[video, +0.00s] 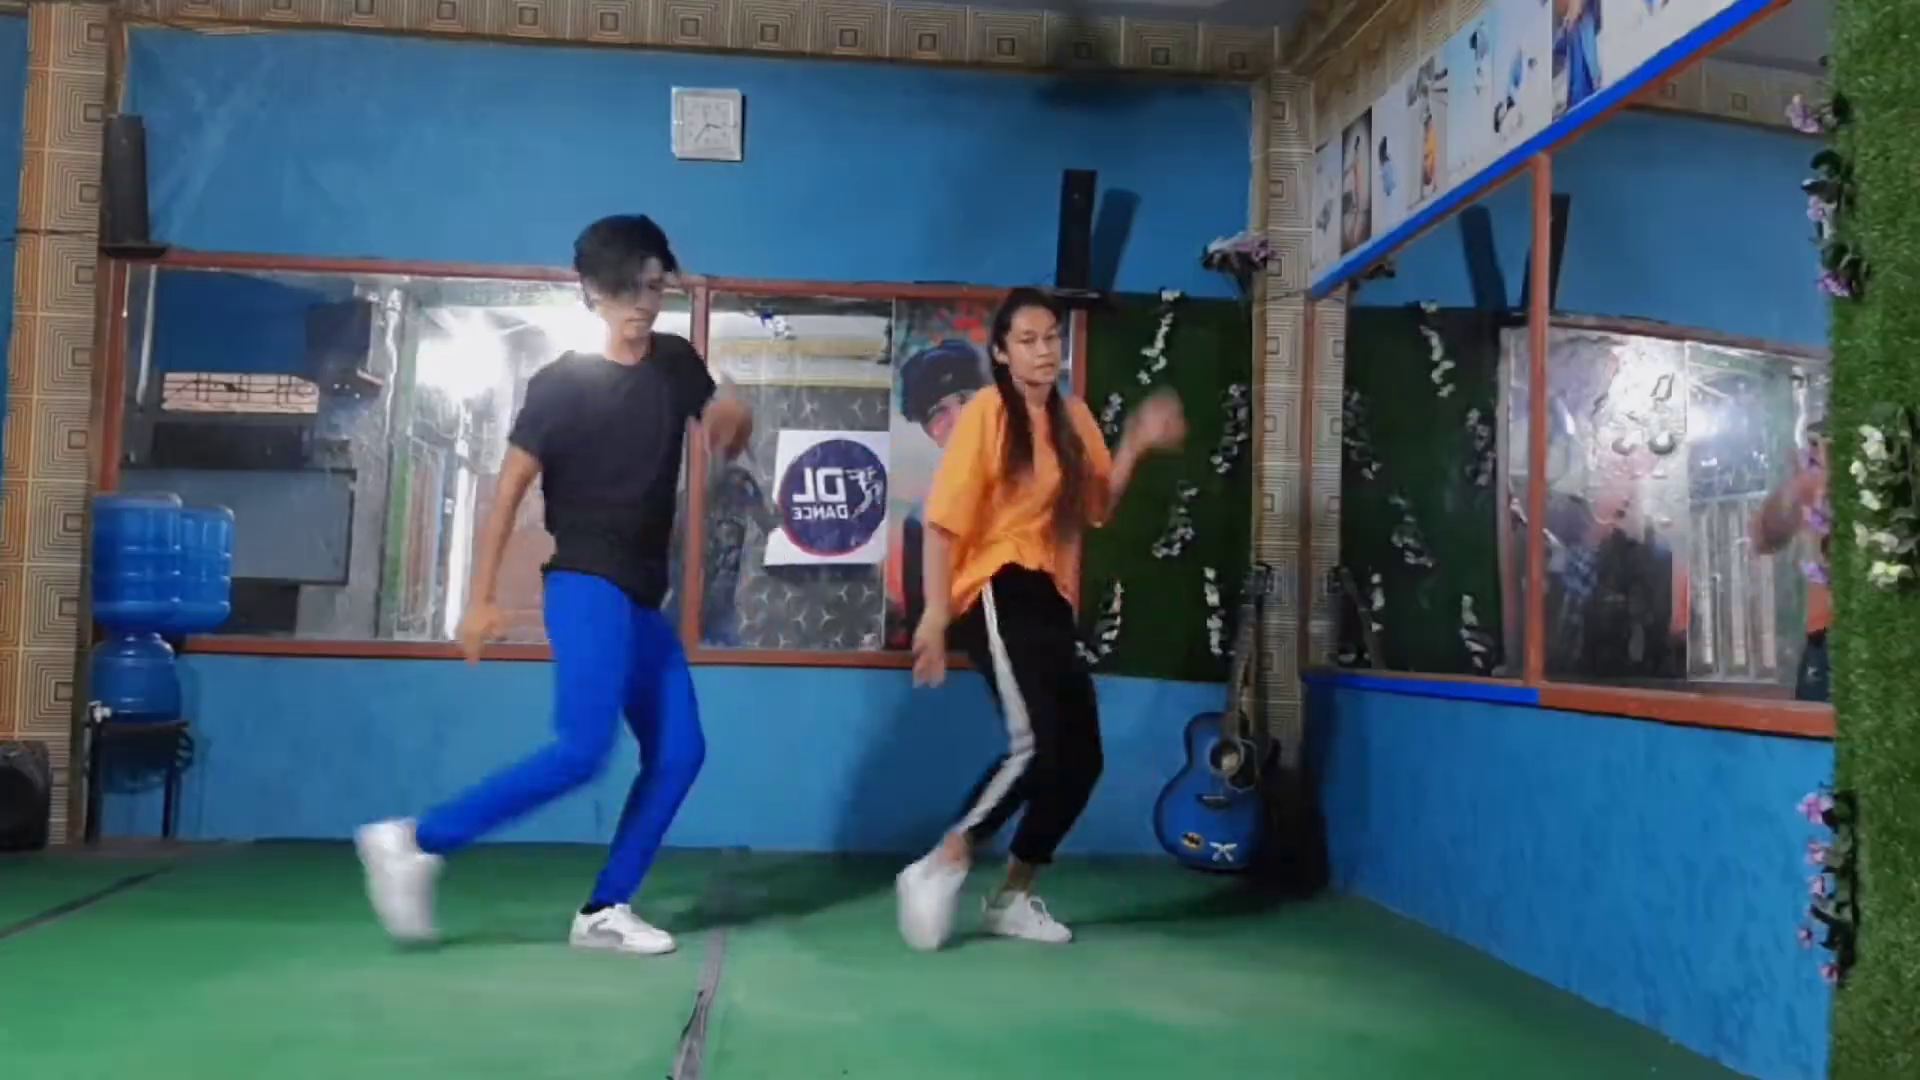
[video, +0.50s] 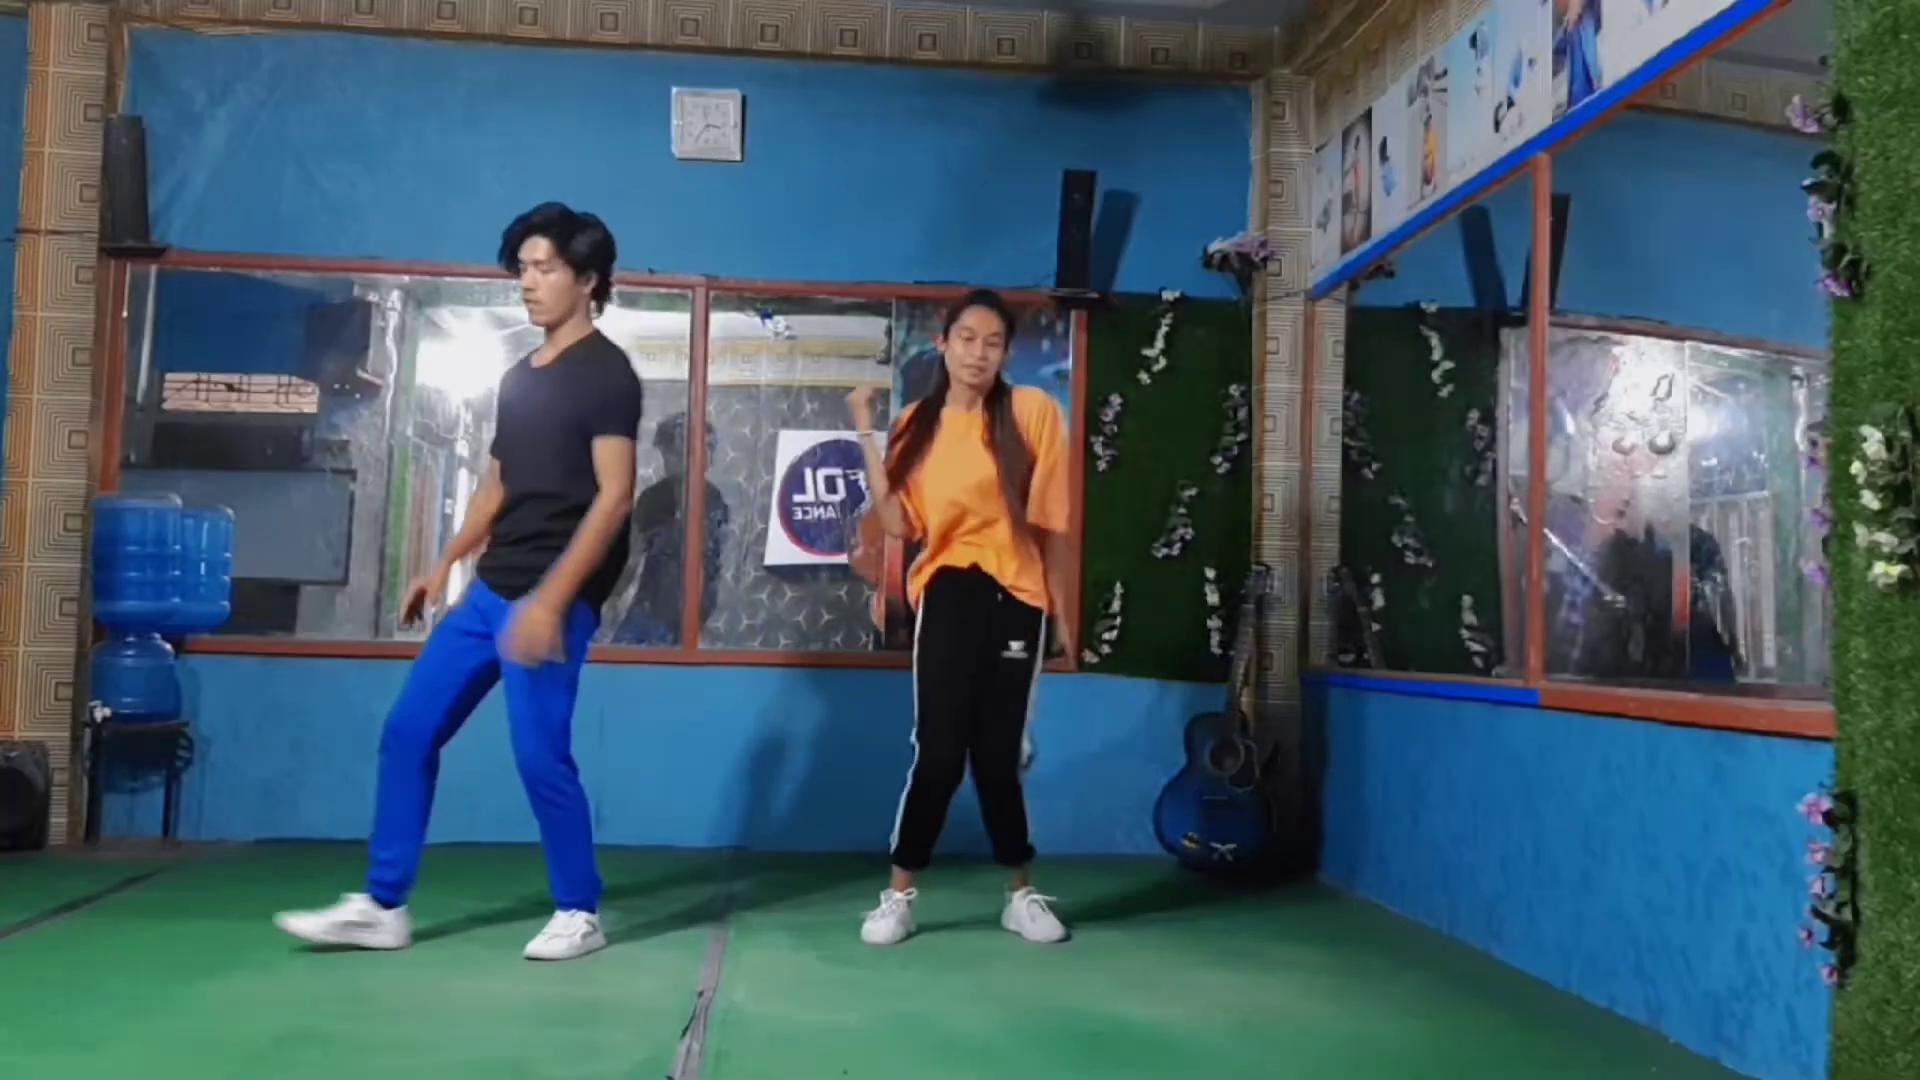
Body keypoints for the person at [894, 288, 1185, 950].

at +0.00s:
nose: (1041, 351)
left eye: (1051, 339)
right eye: (1027, 339)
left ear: (1063, 346)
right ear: (1002, 349)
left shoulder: (1075, 417)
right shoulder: (987, 412)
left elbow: (1098, 508)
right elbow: (941, 520)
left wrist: (1134, 446)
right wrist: (934, 616)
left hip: (1051, 590)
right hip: (998, 585)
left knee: (1080, 755)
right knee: (1033, 745)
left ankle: (1012, 898)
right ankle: (937, 872)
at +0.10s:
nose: (1036, 354)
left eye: (1047, 340)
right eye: (1024, 341)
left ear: (1065, 352)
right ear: (1004, 353)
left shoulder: (1075, 427)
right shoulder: (988, 425)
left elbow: (1113, 488)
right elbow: (951, 531)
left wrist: (1111, 399)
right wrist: (913, 621)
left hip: (1053, 598)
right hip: (990, 593)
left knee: (1079, 750)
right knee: (952, 735)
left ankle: (1020, 891)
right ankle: (897, 882)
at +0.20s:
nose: (1029, 341)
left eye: (1039, 329)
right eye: (1015, 330)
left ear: (1055, 338)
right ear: (993, 340)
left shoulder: (1079, 409)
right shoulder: (967, 416)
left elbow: (1127, 471)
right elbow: (905, 514)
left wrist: (1113, 475)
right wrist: (904, 596)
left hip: (1055, 599)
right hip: (979, 589)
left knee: (1084, 749)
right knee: (904, 702)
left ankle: (1016, 891)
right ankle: (902, 850)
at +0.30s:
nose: (1011, 335)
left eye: (1024, 323)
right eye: (998, 322)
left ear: (1038, 334)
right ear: (975, 331)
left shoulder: (1065, 404)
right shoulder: (943, 409)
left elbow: (1092, 507)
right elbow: (890, 493)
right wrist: (872, 534)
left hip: (1050, 596)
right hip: (967, 590)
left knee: (1090, 743)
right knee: (895, 708)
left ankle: (1026, 883)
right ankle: (888, 872)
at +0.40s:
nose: (992, 339)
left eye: (1005, 329)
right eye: (981, 325)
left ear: (1019, 341)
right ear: (957, 333)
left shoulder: (1044, 407)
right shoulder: (924, 413)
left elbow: (1065, 517)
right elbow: (907, 515)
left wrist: (1071, 610)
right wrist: (856, 443)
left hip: (1029, 591)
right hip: (951, 588)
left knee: (1061, 748)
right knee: (922, 743)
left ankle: (1026, 890)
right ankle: (894, 892)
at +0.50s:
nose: (981, 353)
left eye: (994, 342)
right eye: (969, 338)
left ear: (1007, 353)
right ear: (944, 344)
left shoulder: (1033, 411)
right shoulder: (917, 423)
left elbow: (1056, 527)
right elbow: (898, 526)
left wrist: (1064, 620)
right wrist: (869, 439)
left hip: (1017, 593)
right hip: (944, 590)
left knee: (996, 751)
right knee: (939, 749)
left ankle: (1022, 892)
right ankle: (899, 893)